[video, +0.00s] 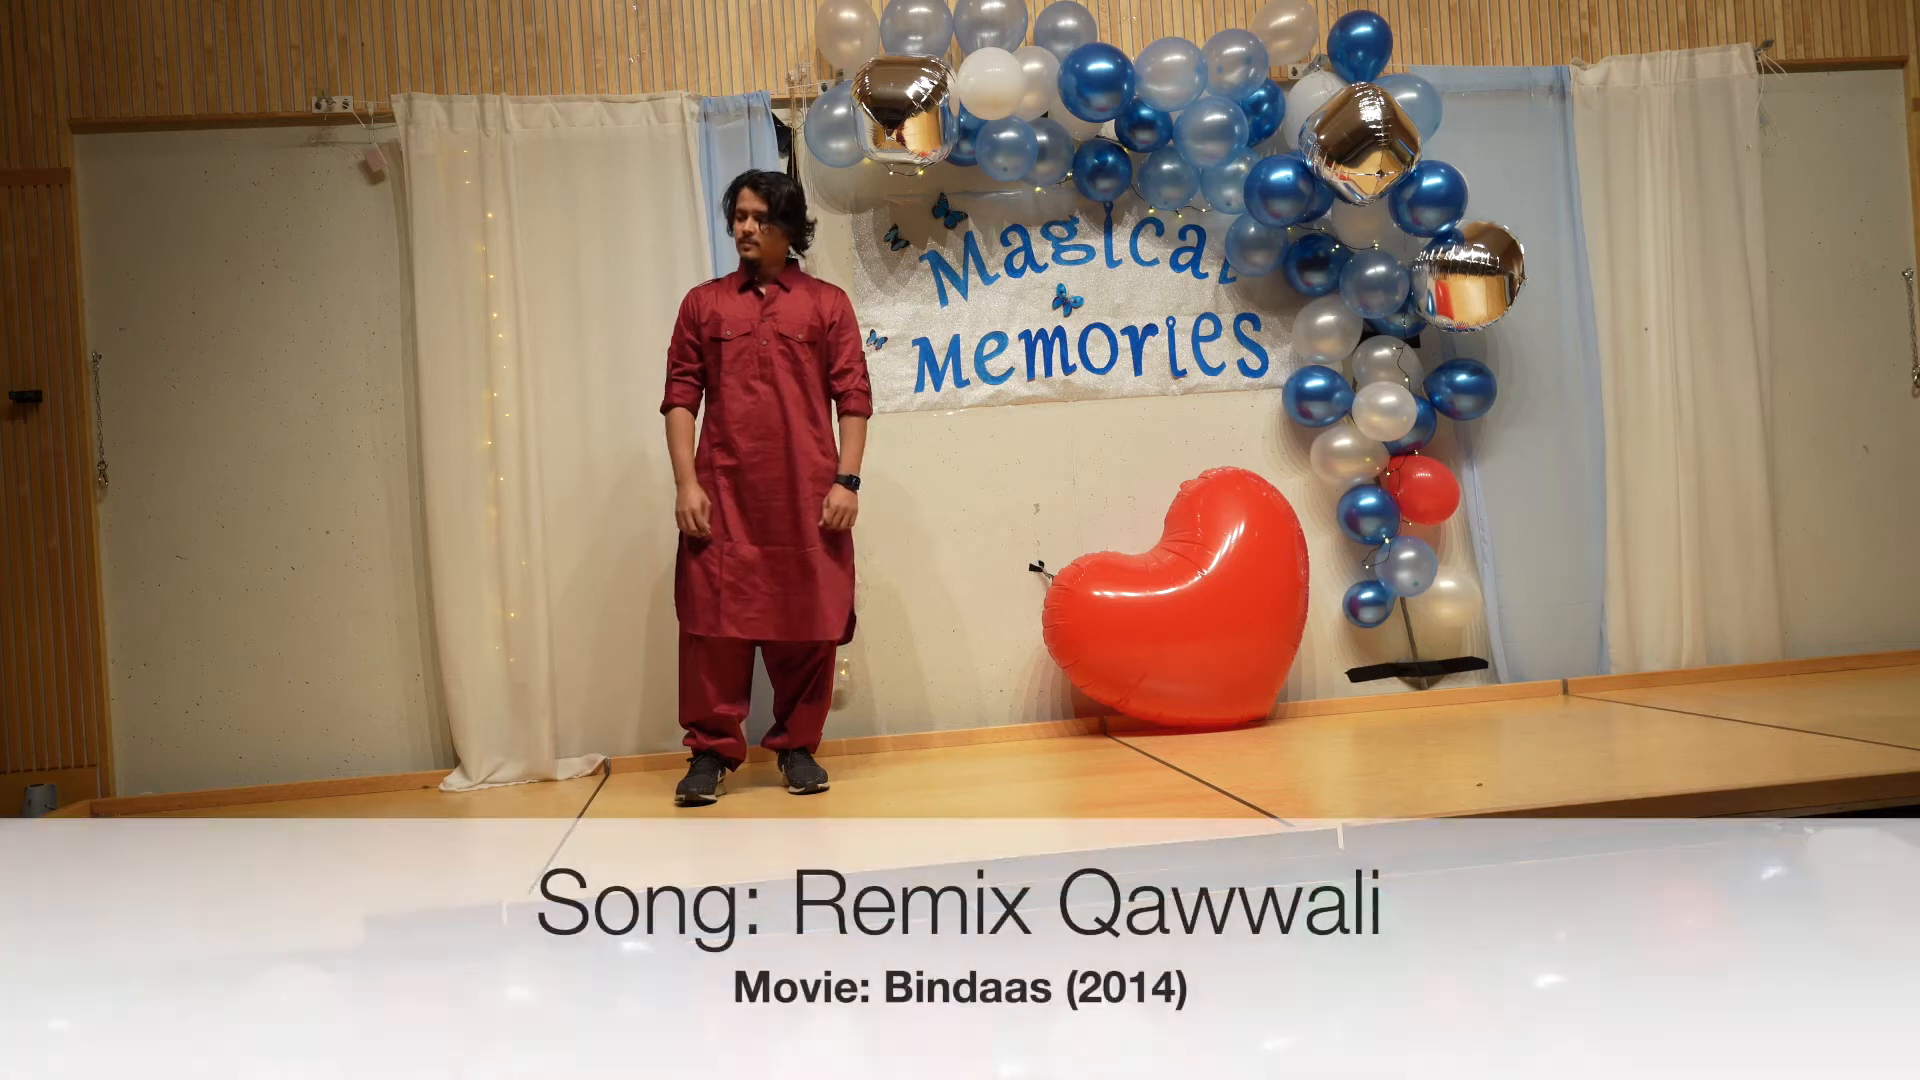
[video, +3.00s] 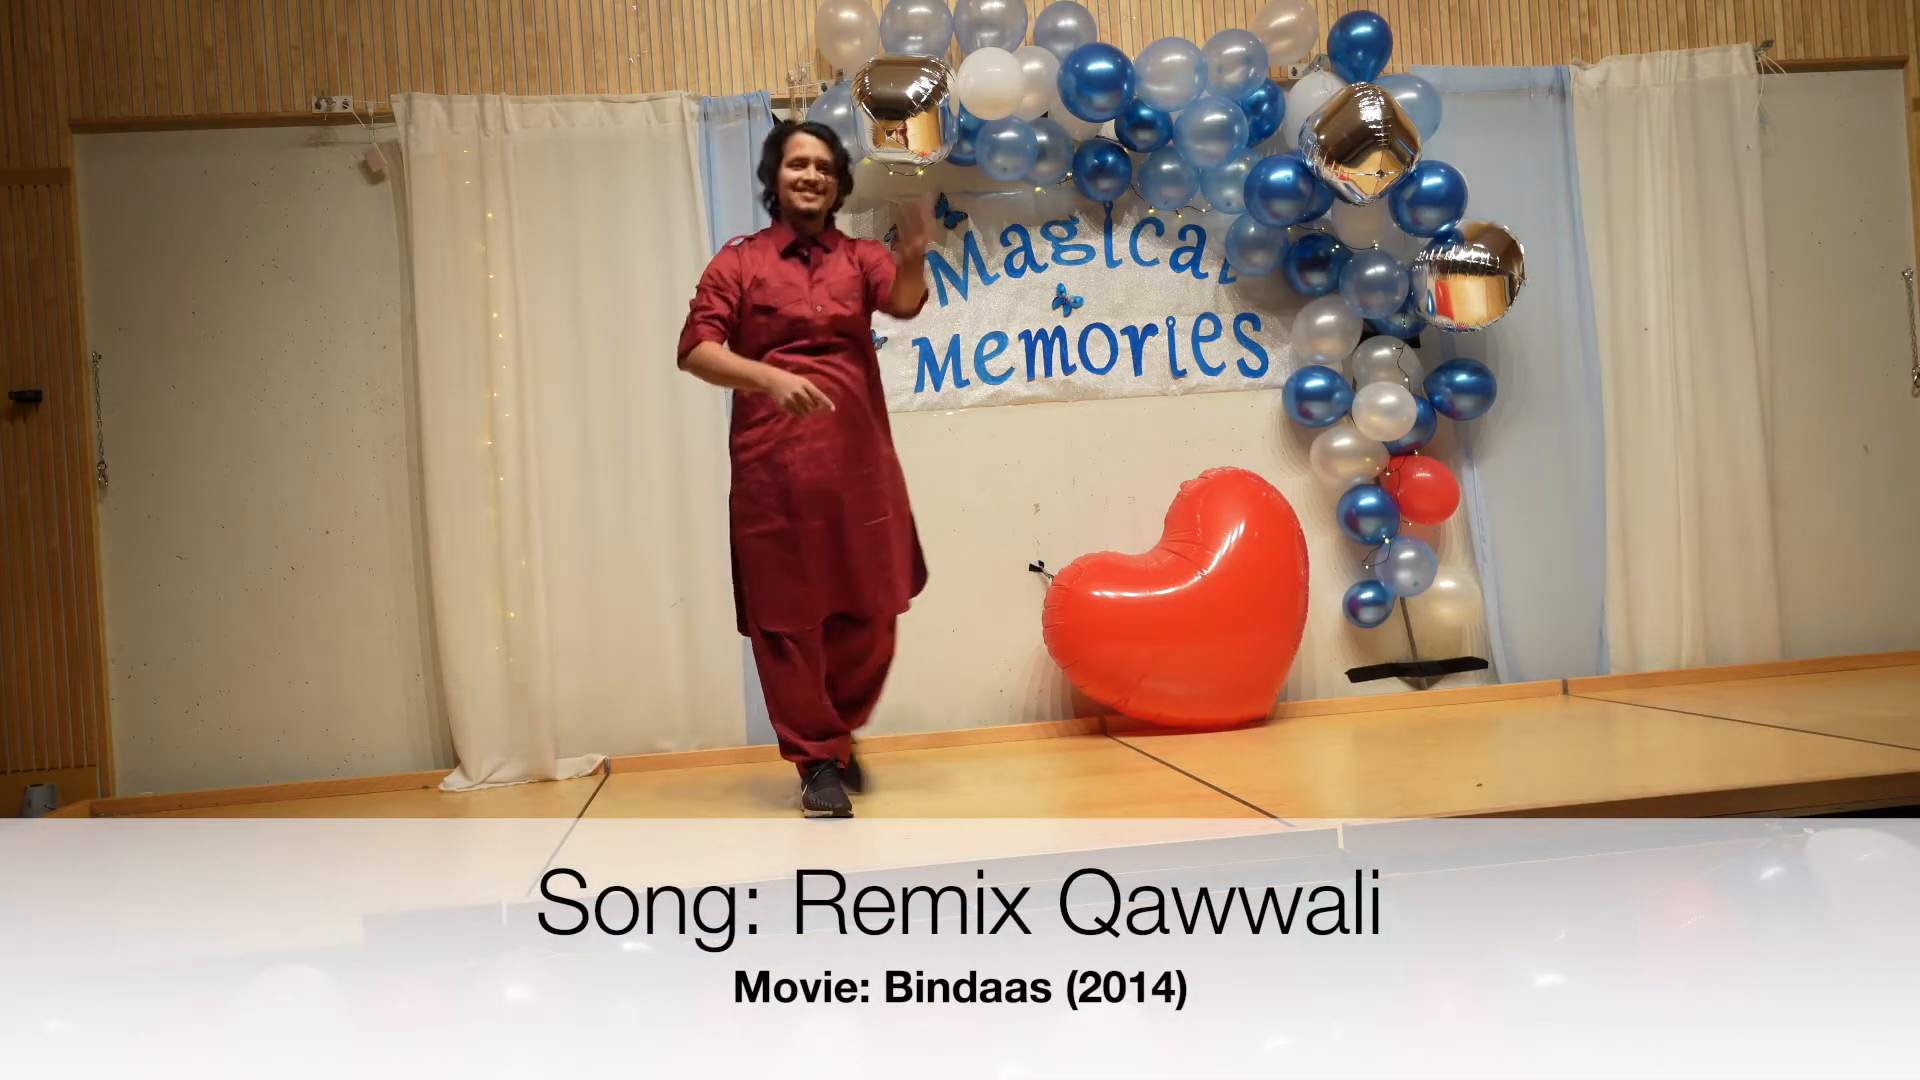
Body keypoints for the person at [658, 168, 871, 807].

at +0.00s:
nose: (745, 227)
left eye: (760, 217)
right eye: (739, 216)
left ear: (790, 227)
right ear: (730, 224)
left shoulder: (827, 303)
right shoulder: (703, 304)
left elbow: (854, 397)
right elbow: (679, 399)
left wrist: (848, 480)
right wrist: (686, 482)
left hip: (805, 493)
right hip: (723, 493)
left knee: (808, 628)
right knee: (713, 624)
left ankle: (799, 748)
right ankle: (710, 752)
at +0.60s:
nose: (763, 218)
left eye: (776, 208)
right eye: (753, 208)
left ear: (799, 223)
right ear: (738, 223)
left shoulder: (830, 299)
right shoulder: (709, 298)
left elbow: (865, 373)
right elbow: (676, 378)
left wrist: (838, 413)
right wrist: (713, 412)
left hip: (806, 484)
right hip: (727, 485)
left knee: (809, 617)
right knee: (713, 616)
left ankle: (799, 748)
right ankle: (710, 752)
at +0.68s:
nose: (765, 214)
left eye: (776, 205)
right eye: (754, 205)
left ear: (798, 222)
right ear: (738, 223)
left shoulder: (828, 296)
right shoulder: (712, 297)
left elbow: (871, 354)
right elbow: (673, 359)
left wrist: (838, 341)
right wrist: (715, 349)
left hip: (809, 483)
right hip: (729, 484)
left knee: (810, 619)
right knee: (714, 617)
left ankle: (799, 749)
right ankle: (710, 753)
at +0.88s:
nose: (763, 211)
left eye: (771, 200)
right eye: (749, 202)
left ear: (790, 221)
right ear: (731, 225)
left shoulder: (822, 292)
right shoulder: (718, 296)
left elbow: (862, 280)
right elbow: (682, 298)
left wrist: (812, 234)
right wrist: (736, 239)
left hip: (814, 472)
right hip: (734, 472)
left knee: (812, 620)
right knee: (718, 616)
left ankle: (799, 749)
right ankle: (711, 752)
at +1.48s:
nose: (761, 218)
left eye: (771, 210)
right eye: (747, 213)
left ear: (791, 230)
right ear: (732, 237)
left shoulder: (833, 301)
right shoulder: (716, 306)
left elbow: (907, 320)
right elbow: (661, 348)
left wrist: (932, 291)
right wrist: (667, 310)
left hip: (826, 488)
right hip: (740, 491)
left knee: (819, 627)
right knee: (735, 625)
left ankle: (801, 749)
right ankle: (727, 754)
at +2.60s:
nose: (791, 238)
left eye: (802, 226)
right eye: (778, 226)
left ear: (818, 218)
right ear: (752, 219)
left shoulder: (841, 275)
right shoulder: (723, 282)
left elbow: (891, 339)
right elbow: (715, 362)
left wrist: (857, 339)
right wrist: (793, 339)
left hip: (841, 476)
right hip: (763, 482)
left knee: (836, 614)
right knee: (781, 620)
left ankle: (808, 745)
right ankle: (817, 759)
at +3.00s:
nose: (810, 176)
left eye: (823, 167)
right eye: (797, 165)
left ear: (838, 184)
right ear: (773, 178)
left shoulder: (860, 256)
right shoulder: (738, 261)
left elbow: (906, 303)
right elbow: (696, 350)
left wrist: (913, 250)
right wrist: (768, 376)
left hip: (859, 464)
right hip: (775, 470)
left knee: (868, 605)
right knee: (787, 613)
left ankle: (839, 734)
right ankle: (817, 762)